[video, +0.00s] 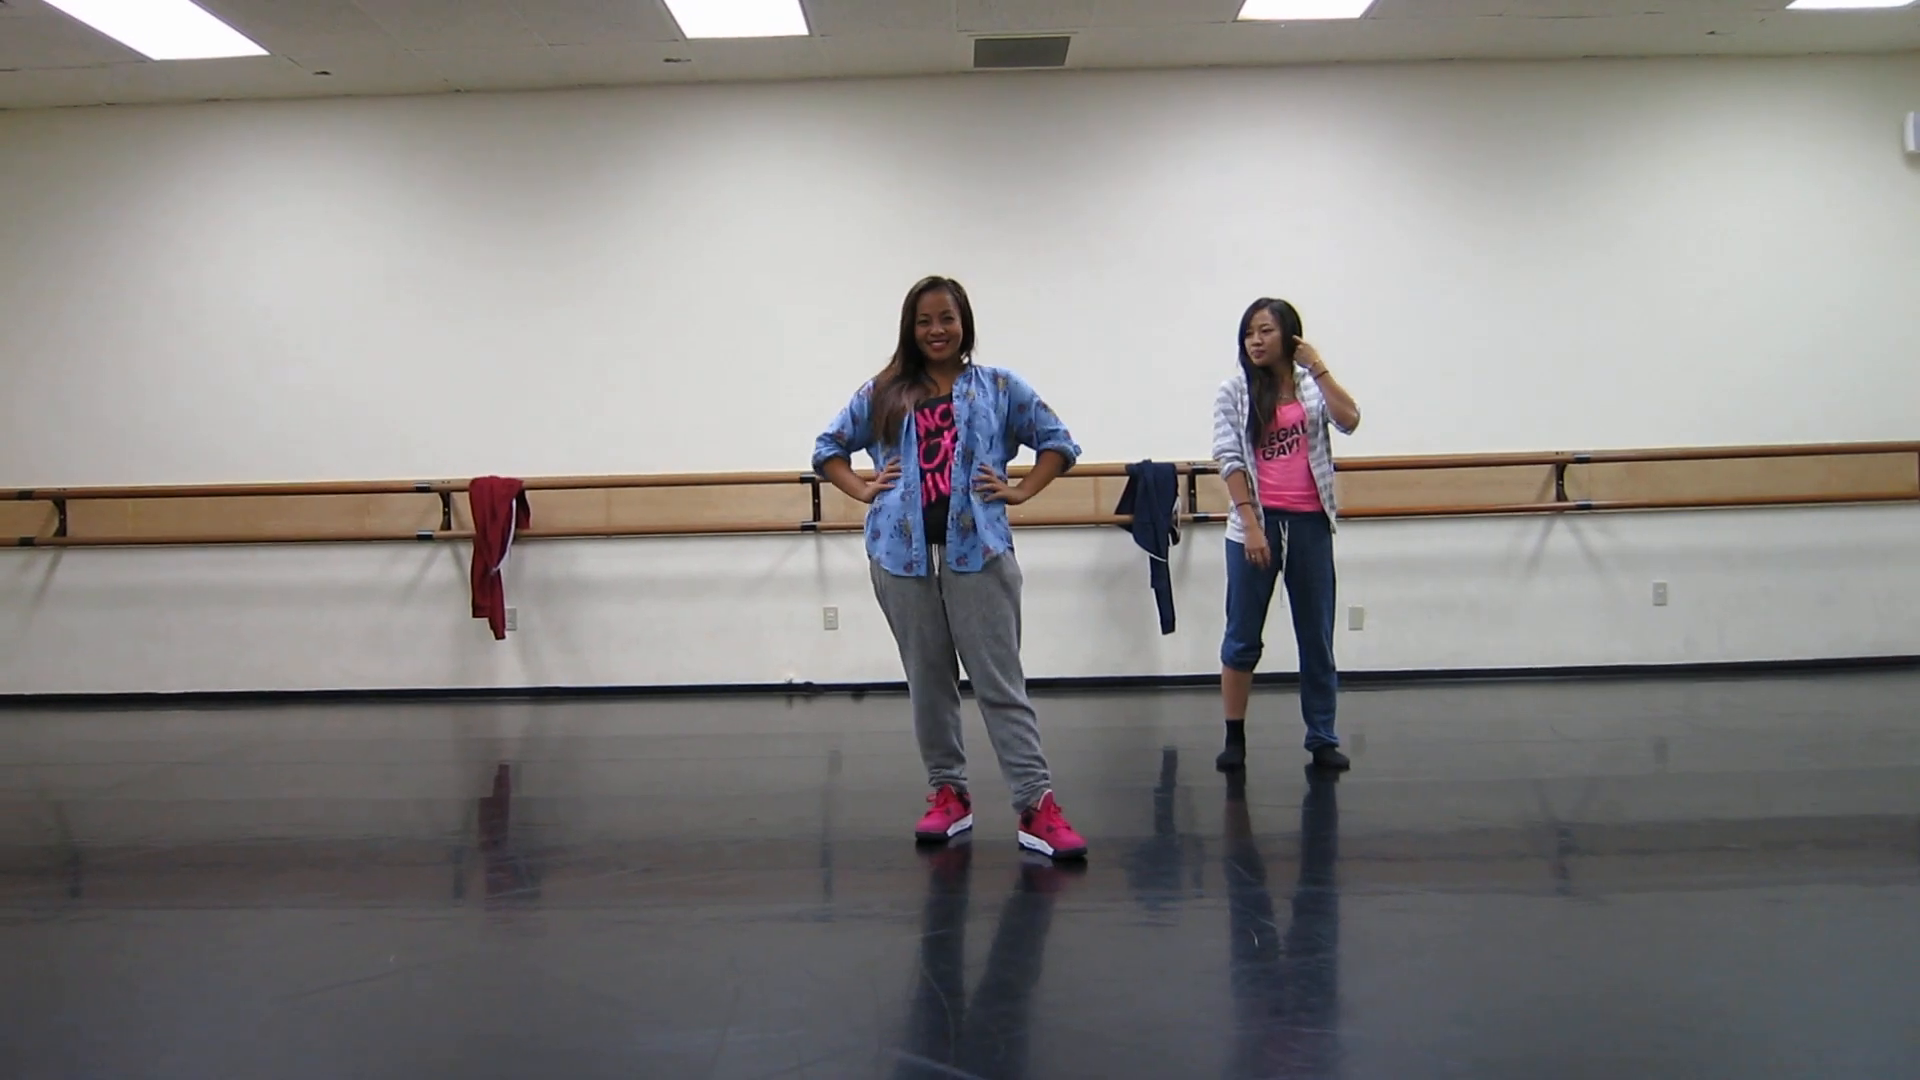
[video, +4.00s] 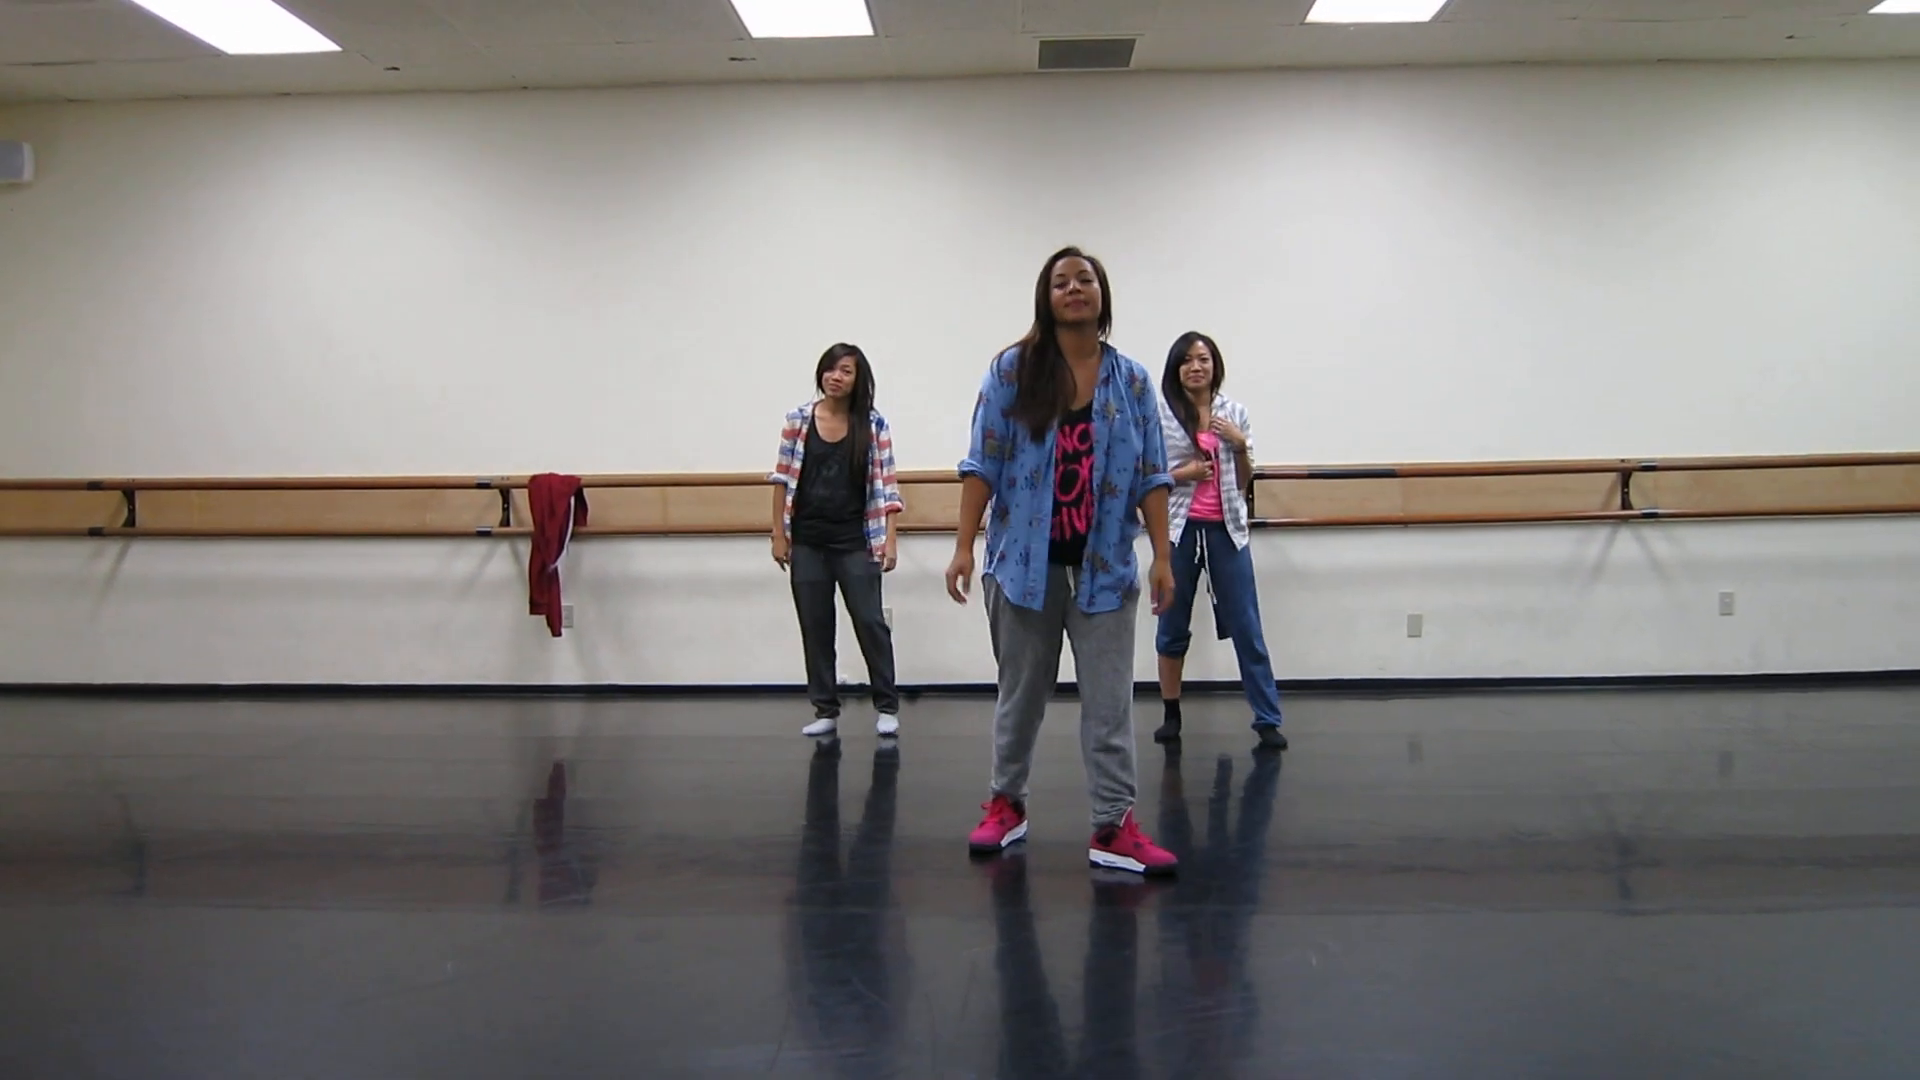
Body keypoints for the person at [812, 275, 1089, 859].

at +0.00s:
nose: (936, 329)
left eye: (947, 318)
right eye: (925, 320)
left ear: (965, 323)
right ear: (909, 328)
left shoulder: (998, 386)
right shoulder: (883, 394)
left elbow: (1060, 443)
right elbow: (826, 450)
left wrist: (1024, 487)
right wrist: (857, 486)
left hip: (978, 555)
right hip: (902, 559)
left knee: (1001, 685)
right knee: (928, 683)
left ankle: (1036, 807)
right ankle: (947, 796)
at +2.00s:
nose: (941, 288)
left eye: (952, 278)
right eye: (929, 280)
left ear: (970, 289)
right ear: (912, 293)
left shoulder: (1001, 363)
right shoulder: (883, 366)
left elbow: (1024, 452)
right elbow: (861, 448)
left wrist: (1044, 520)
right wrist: (862, 515)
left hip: (987, 547)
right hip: (910, 551)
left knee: (994, 676)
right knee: (930, 679)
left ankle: (1027, 792)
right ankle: (948, 791)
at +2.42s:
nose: (977, 290)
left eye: (988, 280)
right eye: (965, 281)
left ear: (1007, 290)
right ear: (950, 293)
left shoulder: (1033, 365)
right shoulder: (921, 362)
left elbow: (1043, 459)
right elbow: (910, 453)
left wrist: (975, 498)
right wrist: (959, 521)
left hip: (1012, 549)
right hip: (935, 548)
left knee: (1015, 678)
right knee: (948, 677)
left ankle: (1040, 802)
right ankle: (961, 792)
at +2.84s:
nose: (1000, 295)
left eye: (1010, 285)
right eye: (988, 286)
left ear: (1028, 295)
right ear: (971, 297)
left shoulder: (1053, 361)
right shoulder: (946, 368)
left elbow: (1044, 440)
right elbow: (950, 454)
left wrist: (1013, 511)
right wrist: (983, 527)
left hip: (1048, 540)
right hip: (970, 543)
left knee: (1075, 671)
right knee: (985, 677)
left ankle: (1102, 802)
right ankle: (999, 792)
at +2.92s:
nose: (1003, 295)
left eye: (1013, 285)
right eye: (991, 286)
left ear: (1032, 295)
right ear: (974, 296)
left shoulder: (1058, 362)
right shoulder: (948, 370)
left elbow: (1069, 447)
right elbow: (936, 459)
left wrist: (1079, 523)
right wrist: (934, 537)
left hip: (1052, 541)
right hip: (975, 545)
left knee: (1074, 675)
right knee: (991, 677)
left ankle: (1096, 800)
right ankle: (1006, 791)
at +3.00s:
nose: (1003, 294)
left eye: (1015, 283)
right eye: (991, 285)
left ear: (1033, 293)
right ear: (975, 296)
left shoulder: (1062, 364)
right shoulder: (948, 371)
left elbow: (1101, 445)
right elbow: (912, 460)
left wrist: (1143, 516)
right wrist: (878, 540)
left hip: (1058, 546)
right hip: (979, 550)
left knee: (1066, 678)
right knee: (994, 678)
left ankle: (1087, 798)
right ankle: (1008, 791)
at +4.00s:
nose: (1075, 287)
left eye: (1085, 278)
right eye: (1062, 281)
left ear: (1104, 294)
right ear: (1045, 299)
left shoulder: (1131, 379)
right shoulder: (1012, 370)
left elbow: (1151, 475)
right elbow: (982, 463)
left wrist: (1161, 554)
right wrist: (964, 546)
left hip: (1105, 565)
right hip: (1024, 563)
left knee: (1110, 700)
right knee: (1020, 693)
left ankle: (1113, 826)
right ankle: (1005, 806)